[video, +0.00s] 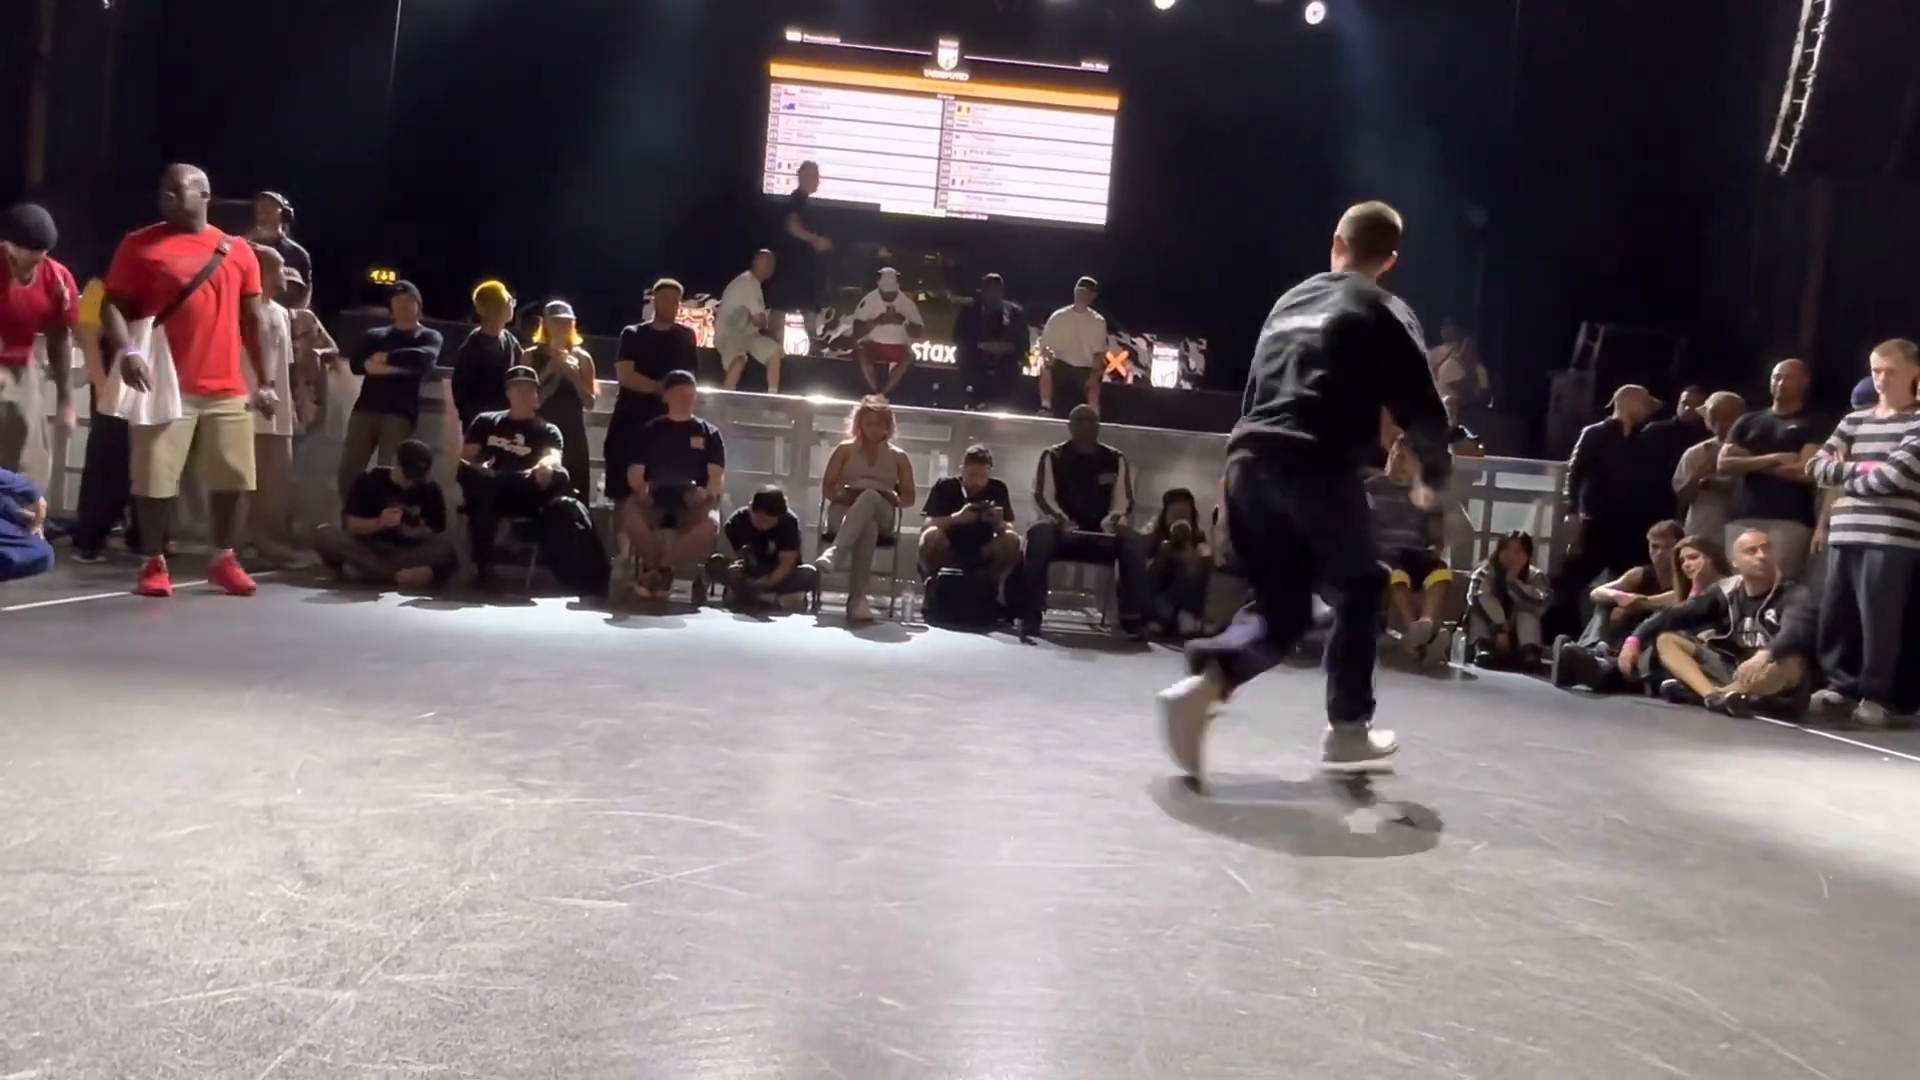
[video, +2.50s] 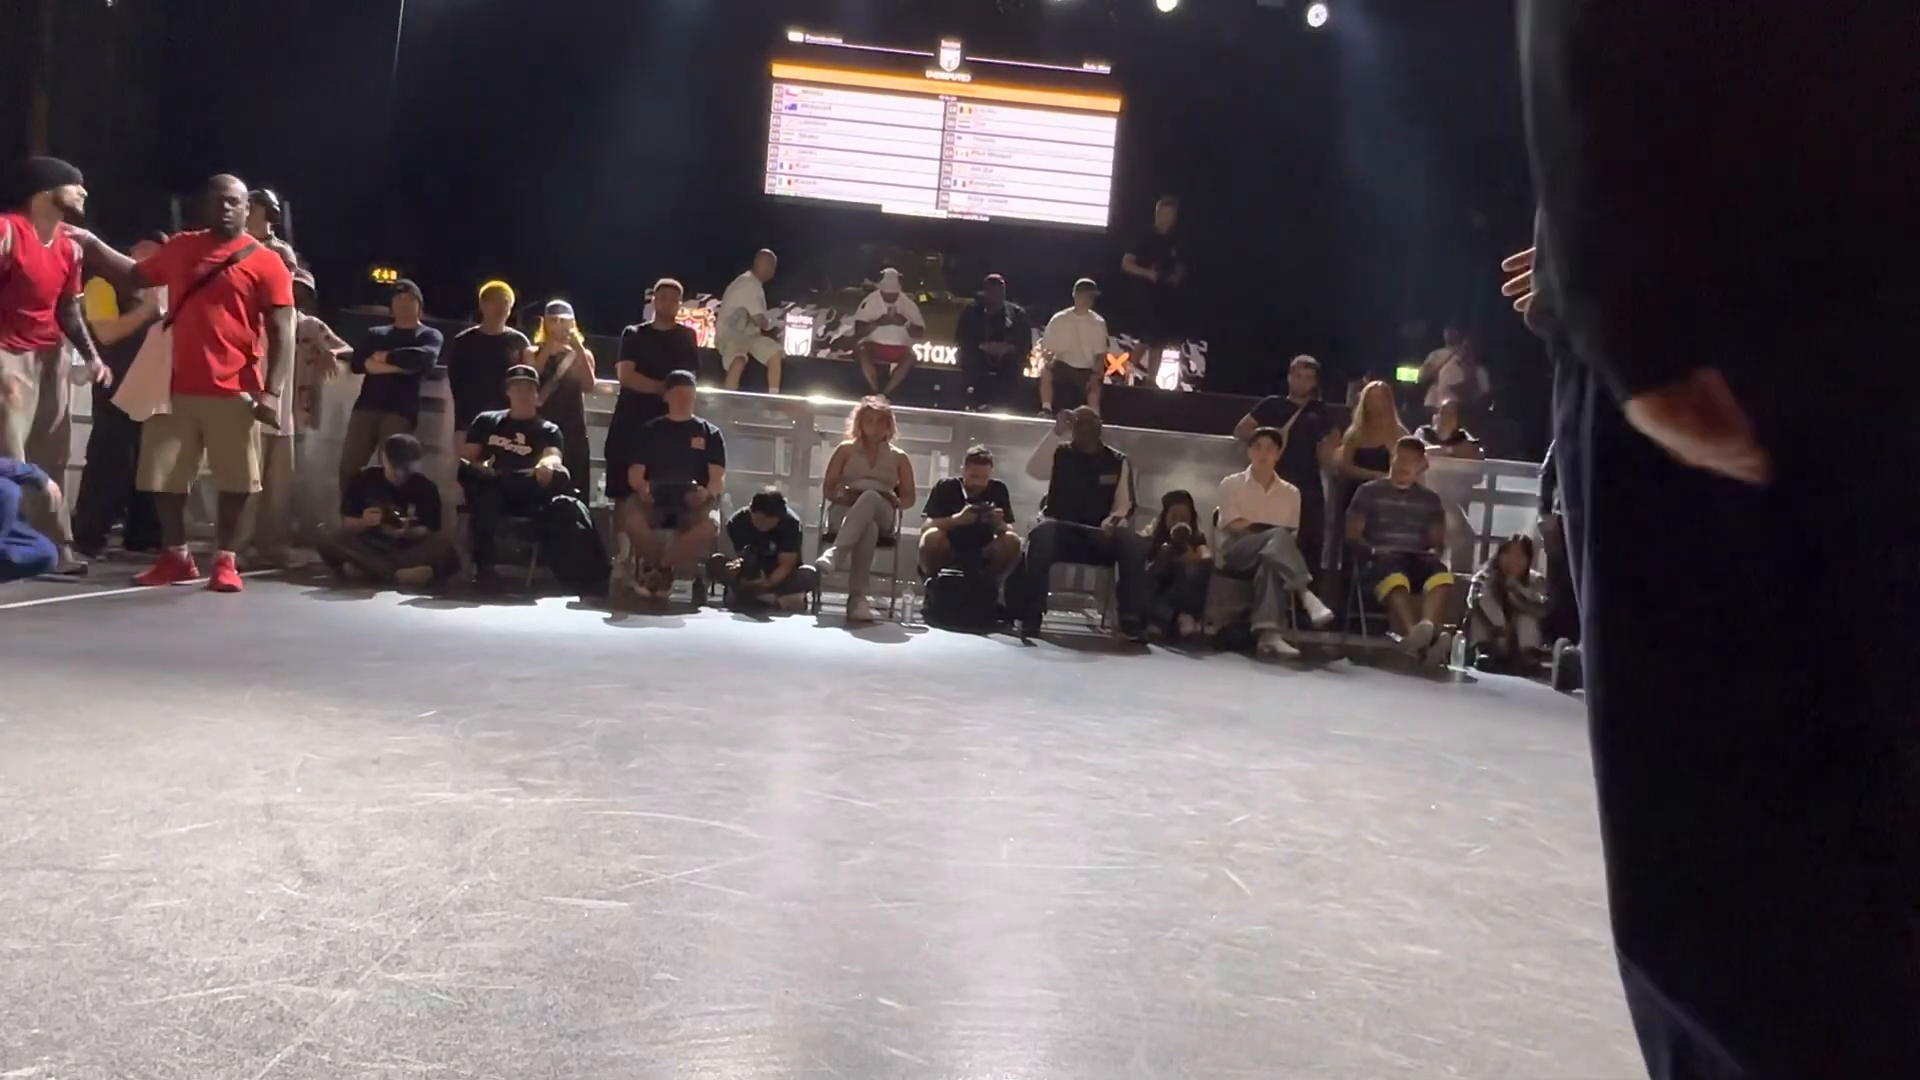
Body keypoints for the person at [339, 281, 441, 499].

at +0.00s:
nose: (402, 305)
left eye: (407, 300)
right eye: (398, 301)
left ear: (418, 306)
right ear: (391, 307)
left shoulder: (430, 336)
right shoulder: (375, 334)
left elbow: (423, 361)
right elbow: (357, 366)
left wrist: (385, 357)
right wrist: (400, 368)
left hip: (400, 414)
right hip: (366, 410)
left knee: (388, 475)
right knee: (349, 470)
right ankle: (350, 525)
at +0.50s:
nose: (403, 304)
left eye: (408, 299)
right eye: (398, 300)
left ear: (419, 305)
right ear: (392, 306)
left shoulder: (431, 334)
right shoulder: (376, 332)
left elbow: (424, 359)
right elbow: (358, 364)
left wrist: (385, 356)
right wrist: (401, 366)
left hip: (400, 411)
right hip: (367, 408)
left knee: (389, 472)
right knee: (350, 468)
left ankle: (384, 525)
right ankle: (349, 524)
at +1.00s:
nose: (403, 305)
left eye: (408, 300)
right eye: (398, 300)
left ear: (418, 305)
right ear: (392, 306)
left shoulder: (431, 335)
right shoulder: (376, 333)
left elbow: (423, 360)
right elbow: (357, 364)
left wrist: (384, 357)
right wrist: (401, 366)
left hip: (400, 410)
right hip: (367, 407)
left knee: (390, 471)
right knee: (350, 467)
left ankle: (386, 524)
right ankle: (351, 524)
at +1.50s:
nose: (403, 305)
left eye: (408, 300)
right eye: (398, 301)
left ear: (418, 305)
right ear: (391, 307)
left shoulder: (430, 335)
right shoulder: (374, 333)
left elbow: (423, 360)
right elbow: (356, 364)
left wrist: (384, 356)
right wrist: (398, 366)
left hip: (399, 413)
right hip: (365, 409)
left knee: (387, 474)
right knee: (348, 468)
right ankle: (349, 526)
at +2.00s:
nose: (403, 303)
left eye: (408, 299)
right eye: (398, 299)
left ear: (418, 305)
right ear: (391, 306)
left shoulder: (430, 335)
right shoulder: (375, 333)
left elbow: (422, 360)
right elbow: (356, 363)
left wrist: (383, 355)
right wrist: (398, 367)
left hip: (399, 413)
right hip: (366, 409)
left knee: (390, 473)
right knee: (348, 469)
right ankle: (349, 522)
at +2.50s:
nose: (404, 303)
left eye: (410, 299)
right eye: (399, 299)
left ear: (419, 306)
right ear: (392, 307)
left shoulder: (430, 335)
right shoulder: (375, 333)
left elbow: (423, 362)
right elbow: (357, 364)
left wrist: (384, 356)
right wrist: (398, 367)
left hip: (399, 412)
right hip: (367, 408)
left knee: (394, 473)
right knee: (348, 468)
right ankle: (348, 517)